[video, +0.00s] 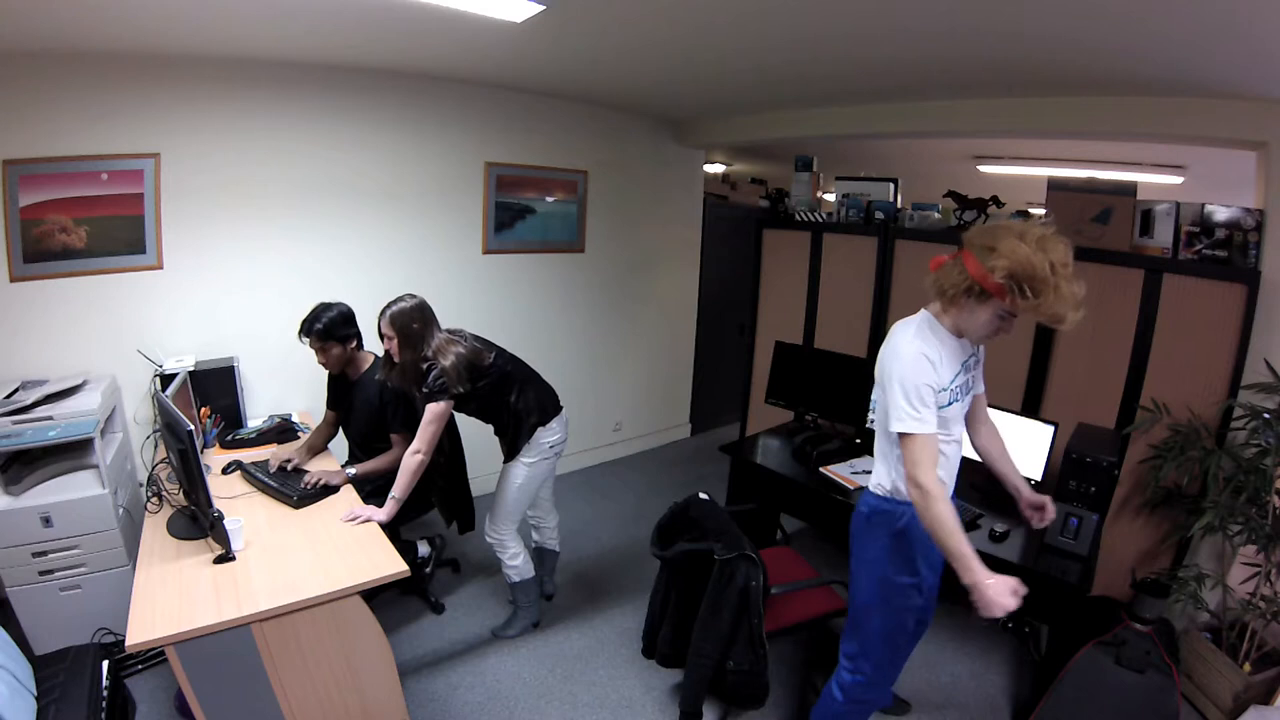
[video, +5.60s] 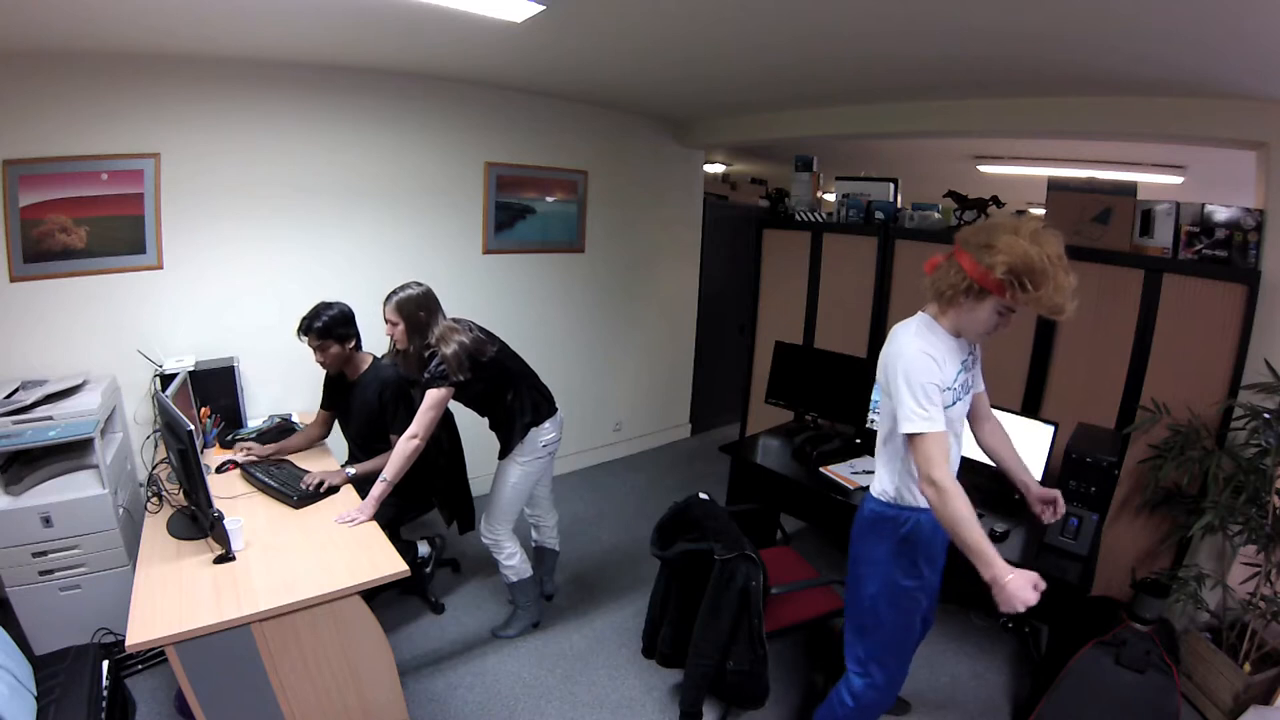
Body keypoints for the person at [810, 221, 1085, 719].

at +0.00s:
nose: (1006, 330)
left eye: (1013, 320)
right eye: (1004, 317)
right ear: (975, 293)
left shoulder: (965, 340)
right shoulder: (911, 354)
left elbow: (978, 420)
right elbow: (921, 483)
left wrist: (1020, 489)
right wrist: (978, 579)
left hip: (930, 512)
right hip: (894, 520)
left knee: (907, 615)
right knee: (868, 659)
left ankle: (871, 689)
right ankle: (835, 712)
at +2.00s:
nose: (998, 331)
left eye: (1004, 320)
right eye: (996, 317)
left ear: (975, 301)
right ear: (967, 294)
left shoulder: (954, 340)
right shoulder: (904, 357)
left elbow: (960, 420)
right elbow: (899, 485)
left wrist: (979, 491)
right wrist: (921, 585)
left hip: (944, 509)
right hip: (909, 519)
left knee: (907, 614)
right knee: (879, 646)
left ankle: (876, 688)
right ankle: (839, 712)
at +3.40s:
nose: (1006, 324)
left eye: (1013, 313)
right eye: (1005, 310)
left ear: (984, 296)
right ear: (977, 289)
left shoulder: (963, 339)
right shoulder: (914, 352)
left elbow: (977, 417)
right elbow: (925, 481)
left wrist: (1016, 490)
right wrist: (979, 578)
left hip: (935, 512)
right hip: (900, 521)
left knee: (910, 616)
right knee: (873, 658)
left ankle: (875, 689)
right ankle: (835, 714)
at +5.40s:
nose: (1001, 326)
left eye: (1007, 315)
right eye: (1000, 312)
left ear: (976, 294)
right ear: (971, 289)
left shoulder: (956, 339)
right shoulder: (911, 354)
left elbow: (964, 417)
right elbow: (910, 485)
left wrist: (986, 491)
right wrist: (937, 583)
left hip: (946, 512)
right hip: (910, 522)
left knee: (904, 618)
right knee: (879, 645)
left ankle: (876, 689)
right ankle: (839, 712)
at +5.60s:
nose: (1004, 327)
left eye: (1011, 315)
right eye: (1003, 313)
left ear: (982, 295)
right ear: (975, 291)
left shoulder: (960, 342)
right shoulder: (914, 352)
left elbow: (981, 419)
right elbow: (935, 480)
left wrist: (1029, 486)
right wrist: (999, 573)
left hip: (930, 521)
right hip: (894, 528)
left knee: (912, 624)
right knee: (873, 679)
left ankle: (879, 692)